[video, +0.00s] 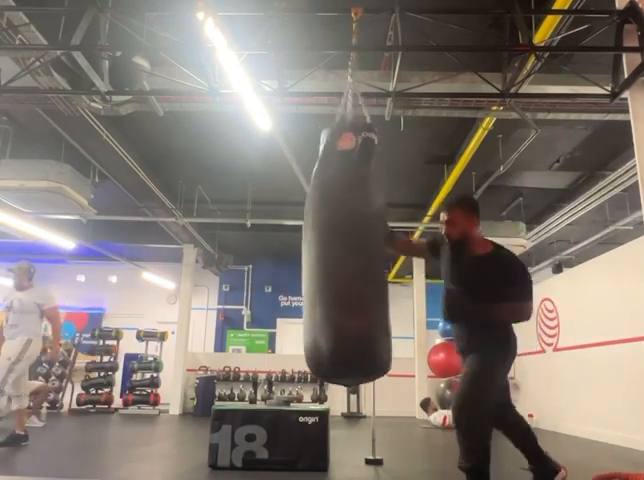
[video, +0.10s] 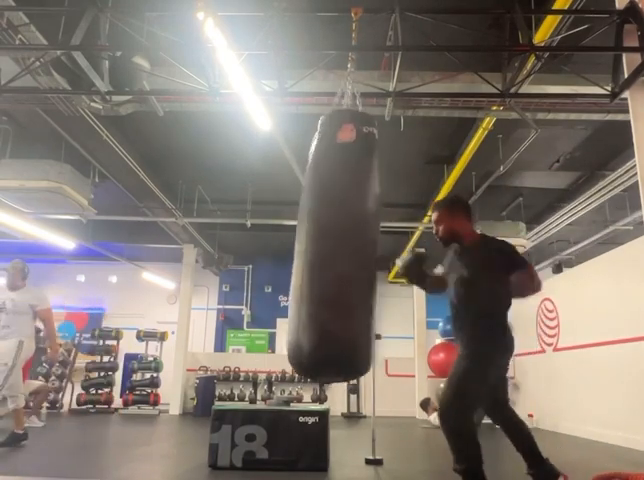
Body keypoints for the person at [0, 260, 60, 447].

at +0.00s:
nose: (15, 278)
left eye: (19, 275)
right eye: (14, 274)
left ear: (29, 276)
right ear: (15, 276)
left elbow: (55, 319)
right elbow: (8, 322)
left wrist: (55, 347)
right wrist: (3, 341)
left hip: (29, 342)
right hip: (11, 341)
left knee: (6, 376)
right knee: (18, 386)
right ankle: (20, 430)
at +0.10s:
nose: (8, 276)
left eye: (13, 273)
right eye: (8, 272)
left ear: (23, 276)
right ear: (7, 274)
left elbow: (48, 321)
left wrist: (53, 347)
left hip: (21, 344)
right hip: (4, 343)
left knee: (12, 384)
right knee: (11, 385)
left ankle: (19, 429)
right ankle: (19, 429)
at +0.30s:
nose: (1, 272)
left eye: (3, 267)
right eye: (1, 267)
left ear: (11, 269)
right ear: (5, 270)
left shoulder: (20, 291)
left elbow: (31, 322)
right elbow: (31, 321)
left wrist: (30, 349)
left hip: (7, 341)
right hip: (6, 341)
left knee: (4, 383)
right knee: (3, 384)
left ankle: (9, 423)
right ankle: (9, 423)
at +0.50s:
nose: (44, 327)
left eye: (44, 324)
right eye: (41, 324)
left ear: (38, 326)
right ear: (33, 325)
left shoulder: (33, 341)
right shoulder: (21, 340)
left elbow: (29, 360)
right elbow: (9, 359)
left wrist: (30, 373)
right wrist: (9, 380)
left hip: (23, 373)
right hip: (13, 374)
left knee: (42, 384)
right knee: (41, 385)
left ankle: (34, 415)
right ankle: (31, 416)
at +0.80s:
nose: (59, 313)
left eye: (59, 310)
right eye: (57, 310)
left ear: (53, 311)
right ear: (50, 311)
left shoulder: (49, 328)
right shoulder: (37, 325)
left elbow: (43, 347)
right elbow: (27, 344)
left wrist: (42, 363)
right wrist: (23, 363)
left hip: (39, 362)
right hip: (31, 362)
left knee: (42, 386)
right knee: (40, 386)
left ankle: (35, 414)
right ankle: (32, 416)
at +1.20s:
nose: (67, 308)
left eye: (68, 305)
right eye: (66, 305)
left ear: (63, 306)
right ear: (58, 305)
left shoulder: (57, 323)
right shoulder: (44, 320)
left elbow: (54, 342)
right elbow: (35, 338)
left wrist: (54, 359)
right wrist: (34, 357)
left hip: (49, 360)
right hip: (41, 359)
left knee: (38, 387)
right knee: (45, 385)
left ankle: (34, 413)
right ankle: (30, 414)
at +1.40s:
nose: (74, 310)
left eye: (74, 307)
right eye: (72, 307)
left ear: (68, 307)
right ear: (64, 306)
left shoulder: (64, 324)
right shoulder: (52, 321)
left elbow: (60, 343)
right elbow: (41, 339)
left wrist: (65, 357)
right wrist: (39, 359)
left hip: (56, 358)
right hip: (50, 358)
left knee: (42, 386)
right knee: (64, 381)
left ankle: (31, 415)